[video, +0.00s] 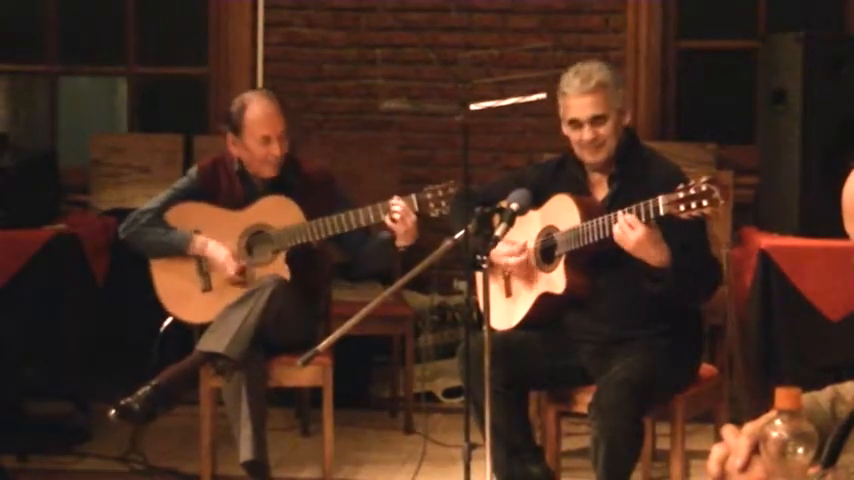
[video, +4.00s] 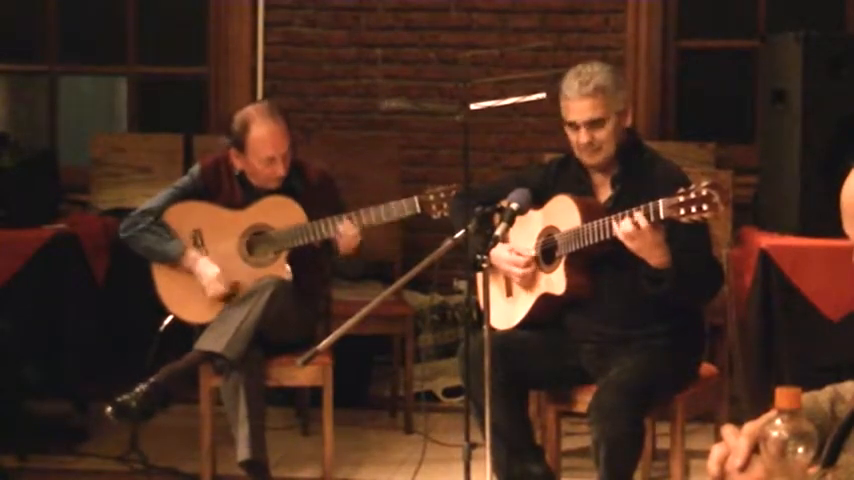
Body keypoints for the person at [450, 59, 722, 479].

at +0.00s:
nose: (588, 135)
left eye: (599, 121)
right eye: (575, 125)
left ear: (624, 116)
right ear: (562, 125)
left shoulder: (663, 183)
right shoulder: (554, 177)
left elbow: (705, 281)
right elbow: (466, 205)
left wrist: (663, 258)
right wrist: (486, 246)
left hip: (652, 341)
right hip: (573, 336)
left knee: (615, 399)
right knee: (487, 354)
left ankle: (611, 474)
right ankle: (523, 472)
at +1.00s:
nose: (593, 131)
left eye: (604, 118)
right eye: (579, 121)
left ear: (626, 115)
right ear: (565, 124)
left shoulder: (664, 182)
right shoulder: (555, 176)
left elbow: (707, 281)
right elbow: (464, 206)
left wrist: (662, 261)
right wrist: (489, 247)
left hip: (653, 341)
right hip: (573, 337)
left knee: (614, 400)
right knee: (487, 354)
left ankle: (611, 474)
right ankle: (523, 471)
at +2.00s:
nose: (577, 139)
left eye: (589, 126)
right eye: (568, 128)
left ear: (623, 119)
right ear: (561, 124)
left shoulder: (665, 184)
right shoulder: (557, 176)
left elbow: (706, 281)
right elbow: (467, 205)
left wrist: (661, 260)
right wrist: (486, 250)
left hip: (653, 342)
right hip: (573, 336)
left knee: (613, 394)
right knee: (484, 353)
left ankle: (609, 473)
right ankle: (524, 471)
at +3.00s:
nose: (584, 143)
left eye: (596, 129)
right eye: (572, 131)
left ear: (625, 119)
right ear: (561, 126)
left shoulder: (665, 183)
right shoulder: (557, 176)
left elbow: (705, 281)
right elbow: (468, 203)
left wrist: (658, 262)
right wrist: (488, 248)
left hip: (654, 342)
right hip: (574, 335)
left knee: (611, 403)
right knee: (485, 353)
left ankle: (613, 474)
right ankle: (523, 471)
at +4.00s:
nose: (585, 138)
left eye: (597, 125)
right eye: (573, 127)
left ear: (624, 117)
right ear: (563, 124)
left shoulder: (666, 183)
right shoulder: (557, 177)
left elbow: (705, 284)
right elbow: (467, 202)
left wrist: (662, 259)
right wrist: (489, 249)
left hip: (652, 344)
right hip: (572, 338)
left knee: (613, 404)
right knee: (484, 352)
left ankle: (613, 474)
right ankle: (525, 471)